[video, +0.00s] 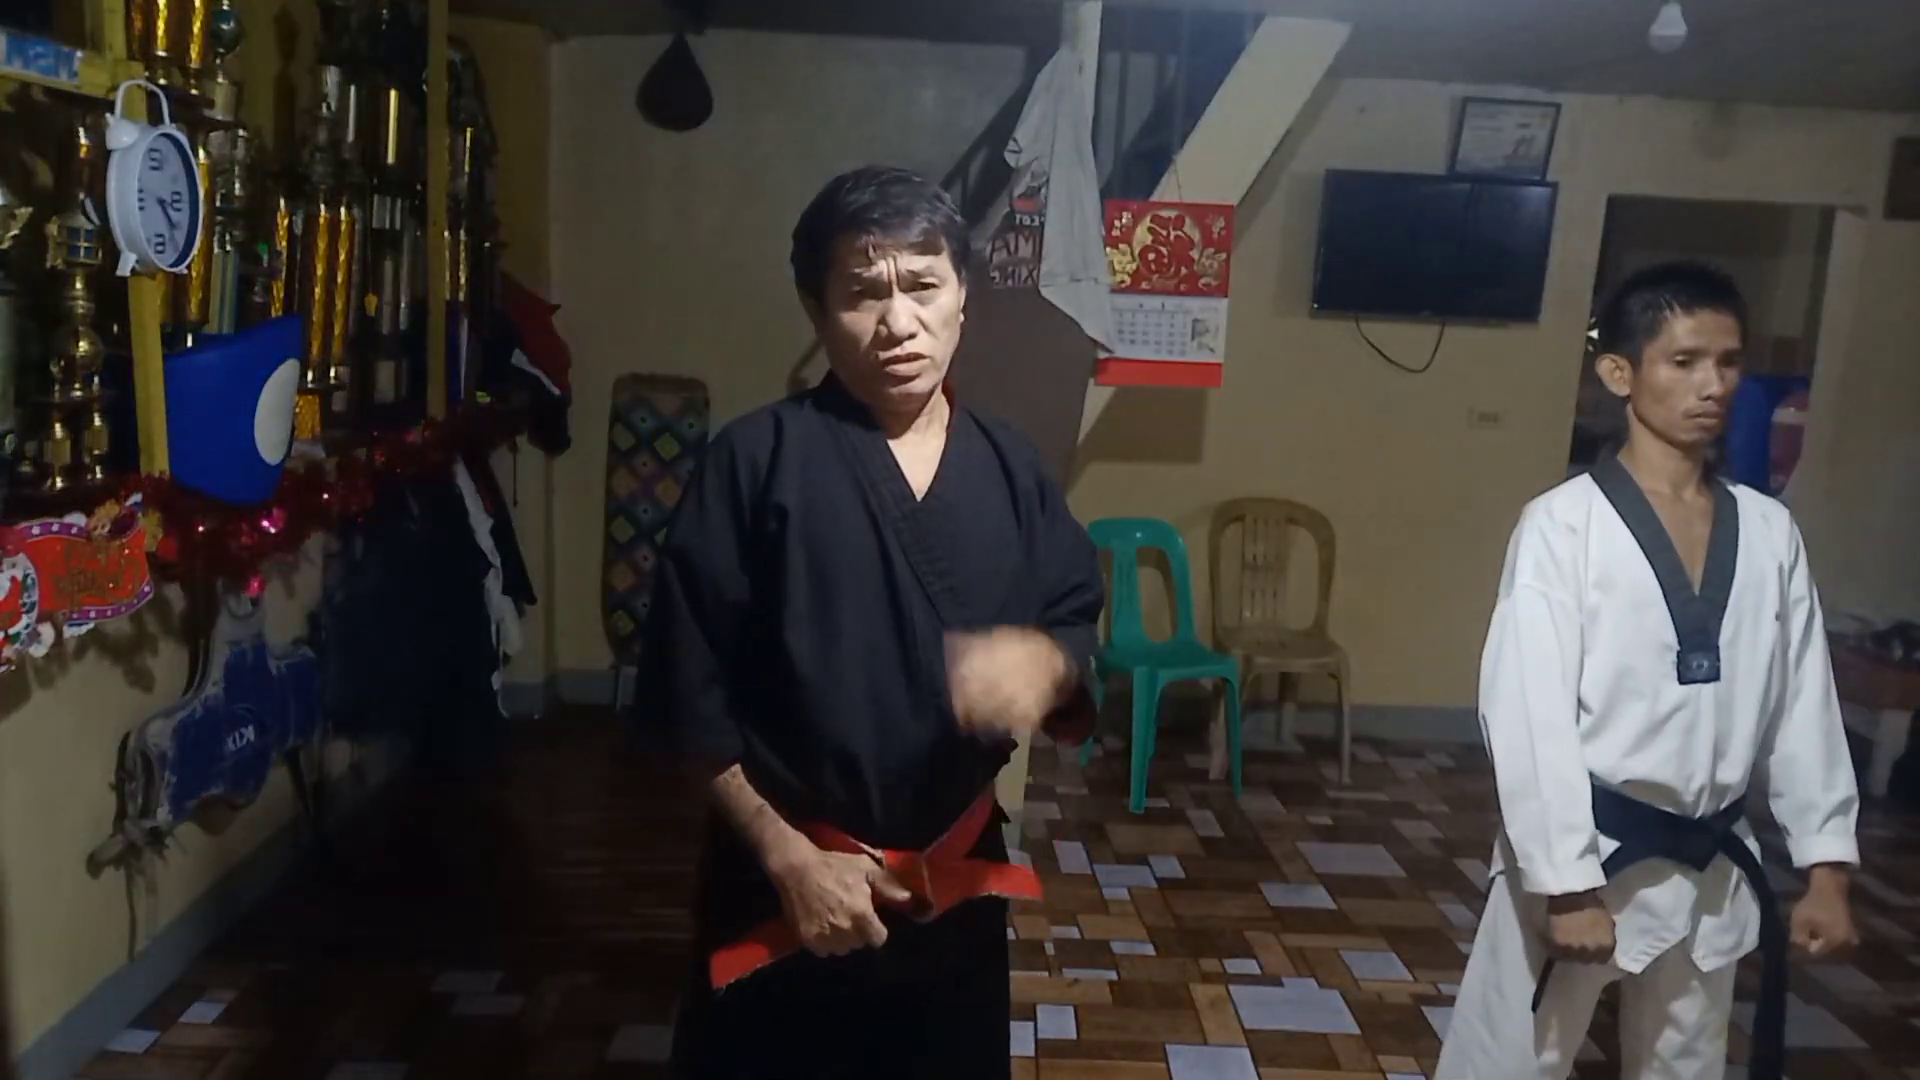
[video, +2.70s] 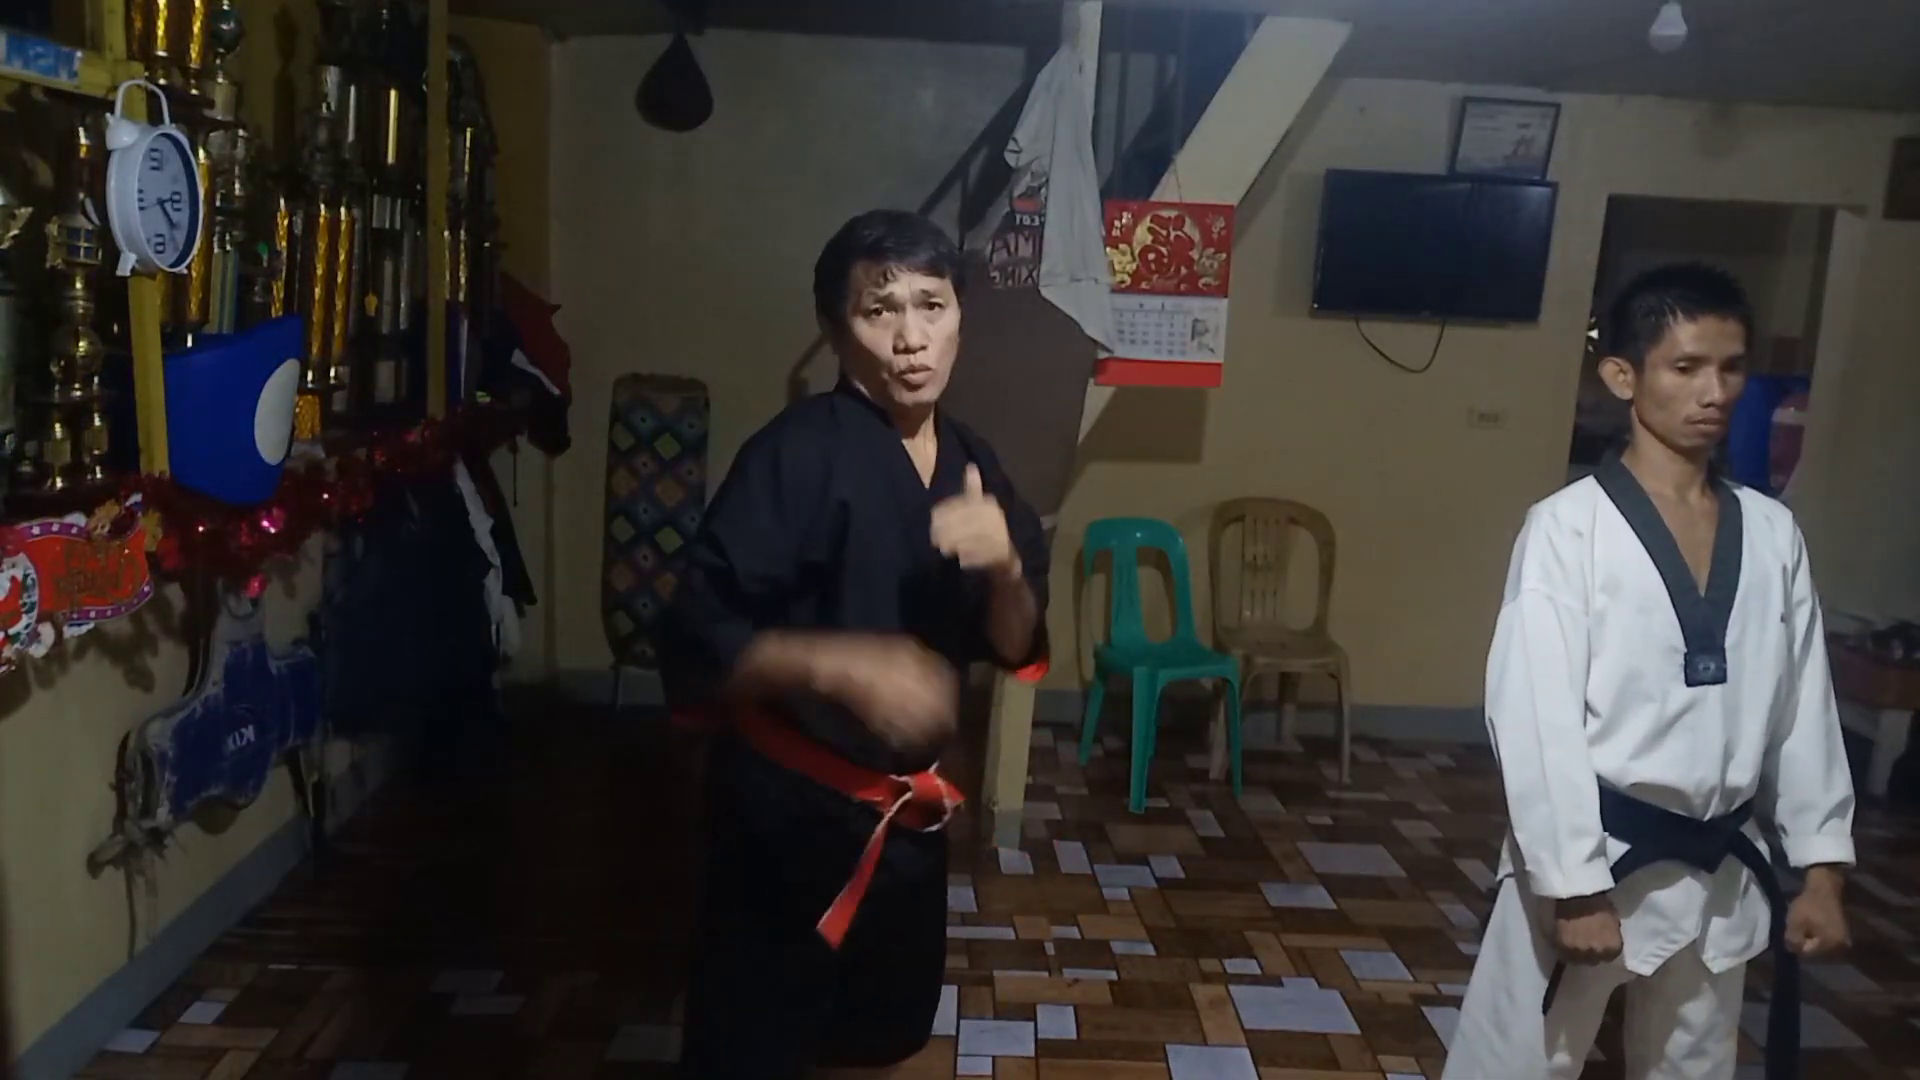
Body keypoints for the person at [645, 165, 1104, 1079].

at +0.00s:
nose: (897, 321)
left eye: (921, 286)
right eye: (862, 294)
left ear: (961, 296)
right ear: (816, 314)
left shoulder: (1010, 465)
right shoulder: (751, 464)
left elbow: (1077, 627)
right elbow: (679, 692)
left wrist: (1040, 662)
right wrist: (786, 853)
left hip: (956, 908)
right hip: (780, 907)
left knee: (956, 1071)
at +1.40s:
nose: (947, 304)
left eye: (970, 274)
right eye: (910, 285)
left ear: (1013, 300)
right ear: (869, 323)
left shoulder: (1024, 469)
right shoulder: (803, 440)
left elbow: (1071, 628)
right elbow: (679, 617)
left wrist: (1043, 655)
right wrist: (803, 711)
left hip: (965, 875)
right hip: (814, 873)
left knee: (959, 1065)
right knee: (795, 1066)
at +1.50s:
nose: (972, 313)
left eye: (996, 282)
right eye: (937, 287)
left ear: (1032, 304)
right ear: (890, 314)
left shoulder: (1027, 469)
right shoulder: (818, 431)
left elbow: (1069, 635)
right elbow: (671, 593)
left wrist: (1045, 652)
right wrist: (798, 618)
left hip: (958, 852)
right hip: (815, 844)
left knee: (944, 1063)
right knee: (789, 1063)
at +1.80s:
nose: (905, 303)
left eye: (930, 272)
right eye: (869, 279)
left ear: (969, 293)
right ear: (825, 309)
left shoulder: (973, 456)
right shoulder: (770, 449)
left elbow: (1019, 630)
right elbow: (631, 641)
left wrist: (992, 651)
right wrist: (807, 679)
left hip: (916, 862)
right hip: (775, 859)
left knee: (897, 1063)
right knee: (752, 1065)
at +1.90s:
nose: (852, 320)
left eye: (874, 284)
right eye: (812, 296)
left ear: (910, 296)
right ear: (764, 326)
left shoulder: (949, 460)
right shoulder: (719, 488)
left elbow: (1000, 614)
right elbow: (696, 748)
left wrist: (938, 648)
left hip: (892, 861)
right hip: (743, 868)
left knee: (893, 1062)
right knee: (744, 1065)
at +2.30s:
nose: (895, 338)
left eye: (915, 306)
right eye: (862, 314)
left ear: (948, 321)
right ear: (824, 341)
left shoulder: (980, 475)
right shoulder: (776, 475)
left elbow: (1019, 612)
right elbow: (689, 657)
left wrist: (1002, 679)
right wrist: (784, 778)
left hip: (916, 832)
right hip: (783, 834)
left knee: (885, 1052)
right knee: (770, 1058)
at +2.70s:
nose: (912, 338)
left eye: (930, 308)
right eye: (879, 313)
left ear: (959, 317)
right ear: (837, 334)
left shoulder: (972, 463)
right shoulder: (797, 451)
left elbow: (1018, 650)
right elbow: (693, 633)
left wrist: (1003, 569)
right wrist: (835, 660)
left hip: (908, 812)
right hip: (783, 810)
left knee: (887, 1045)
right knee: (759, 1050)